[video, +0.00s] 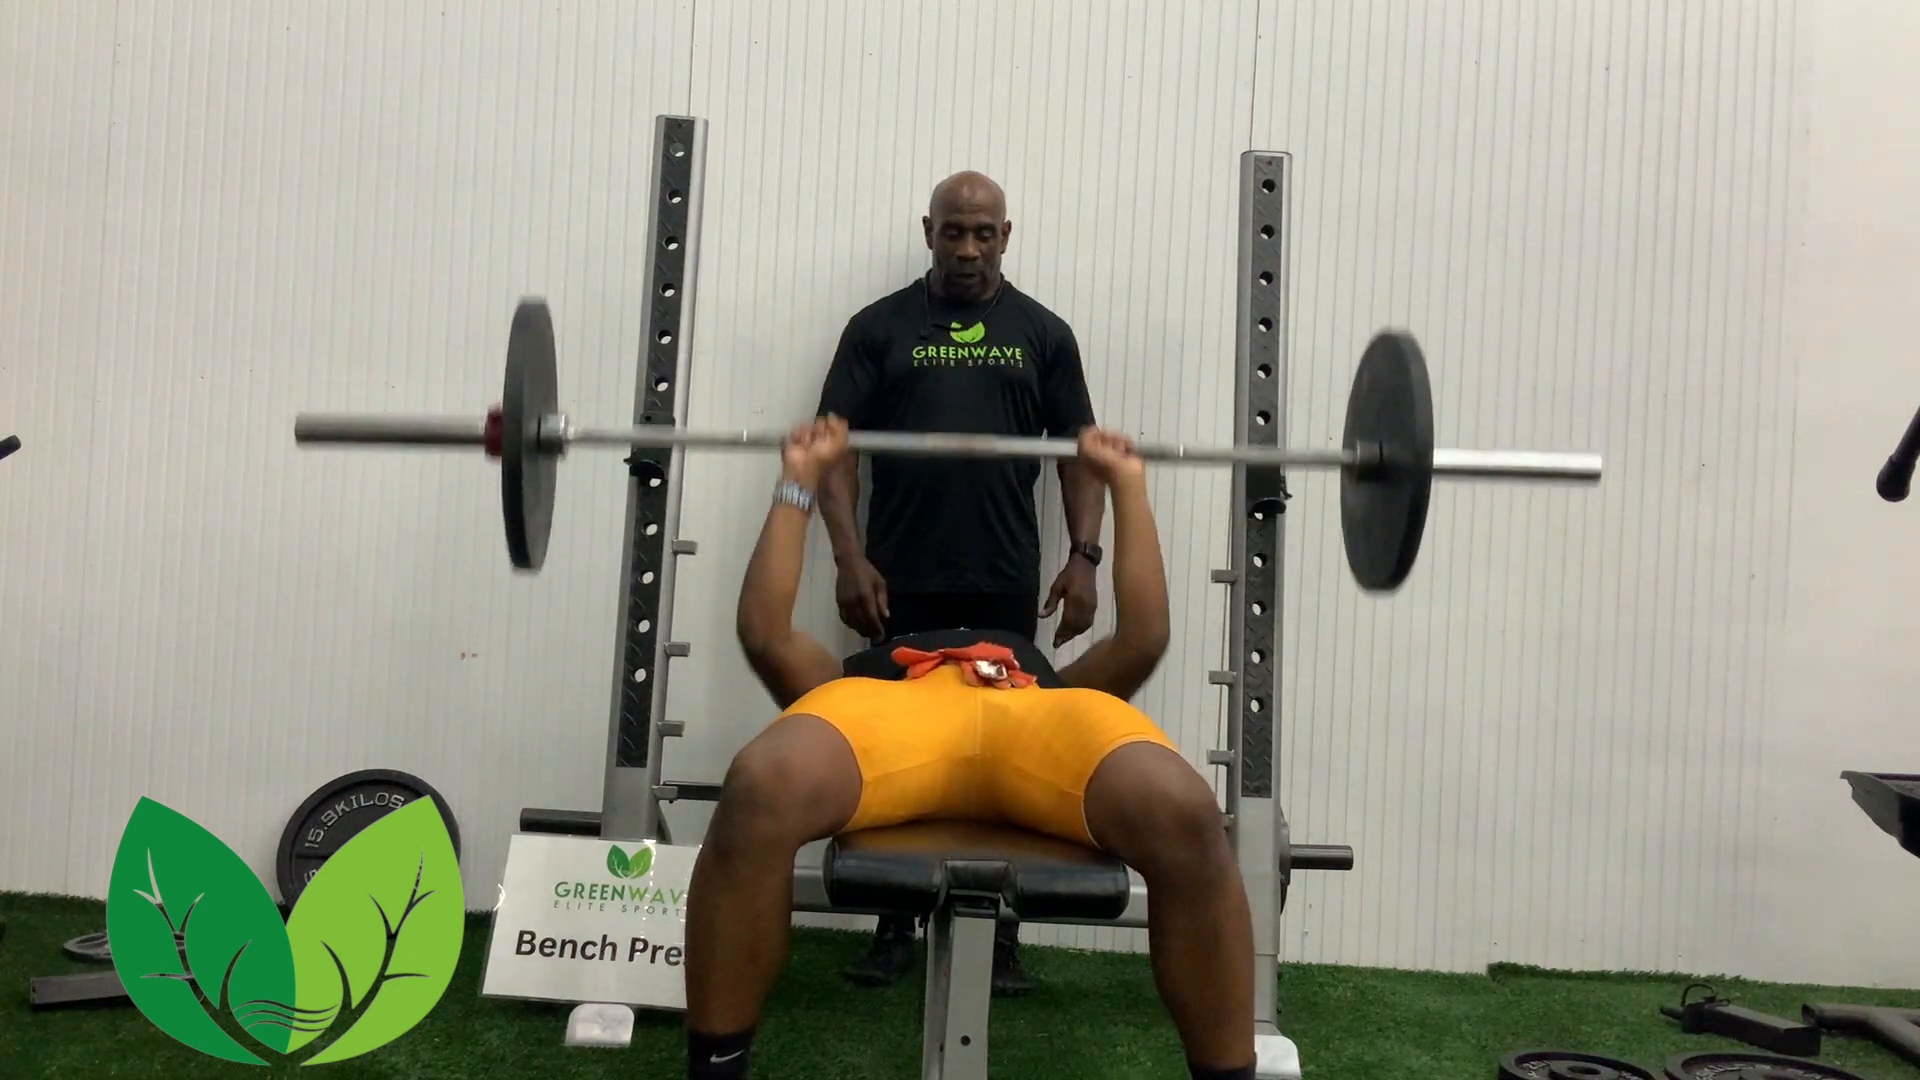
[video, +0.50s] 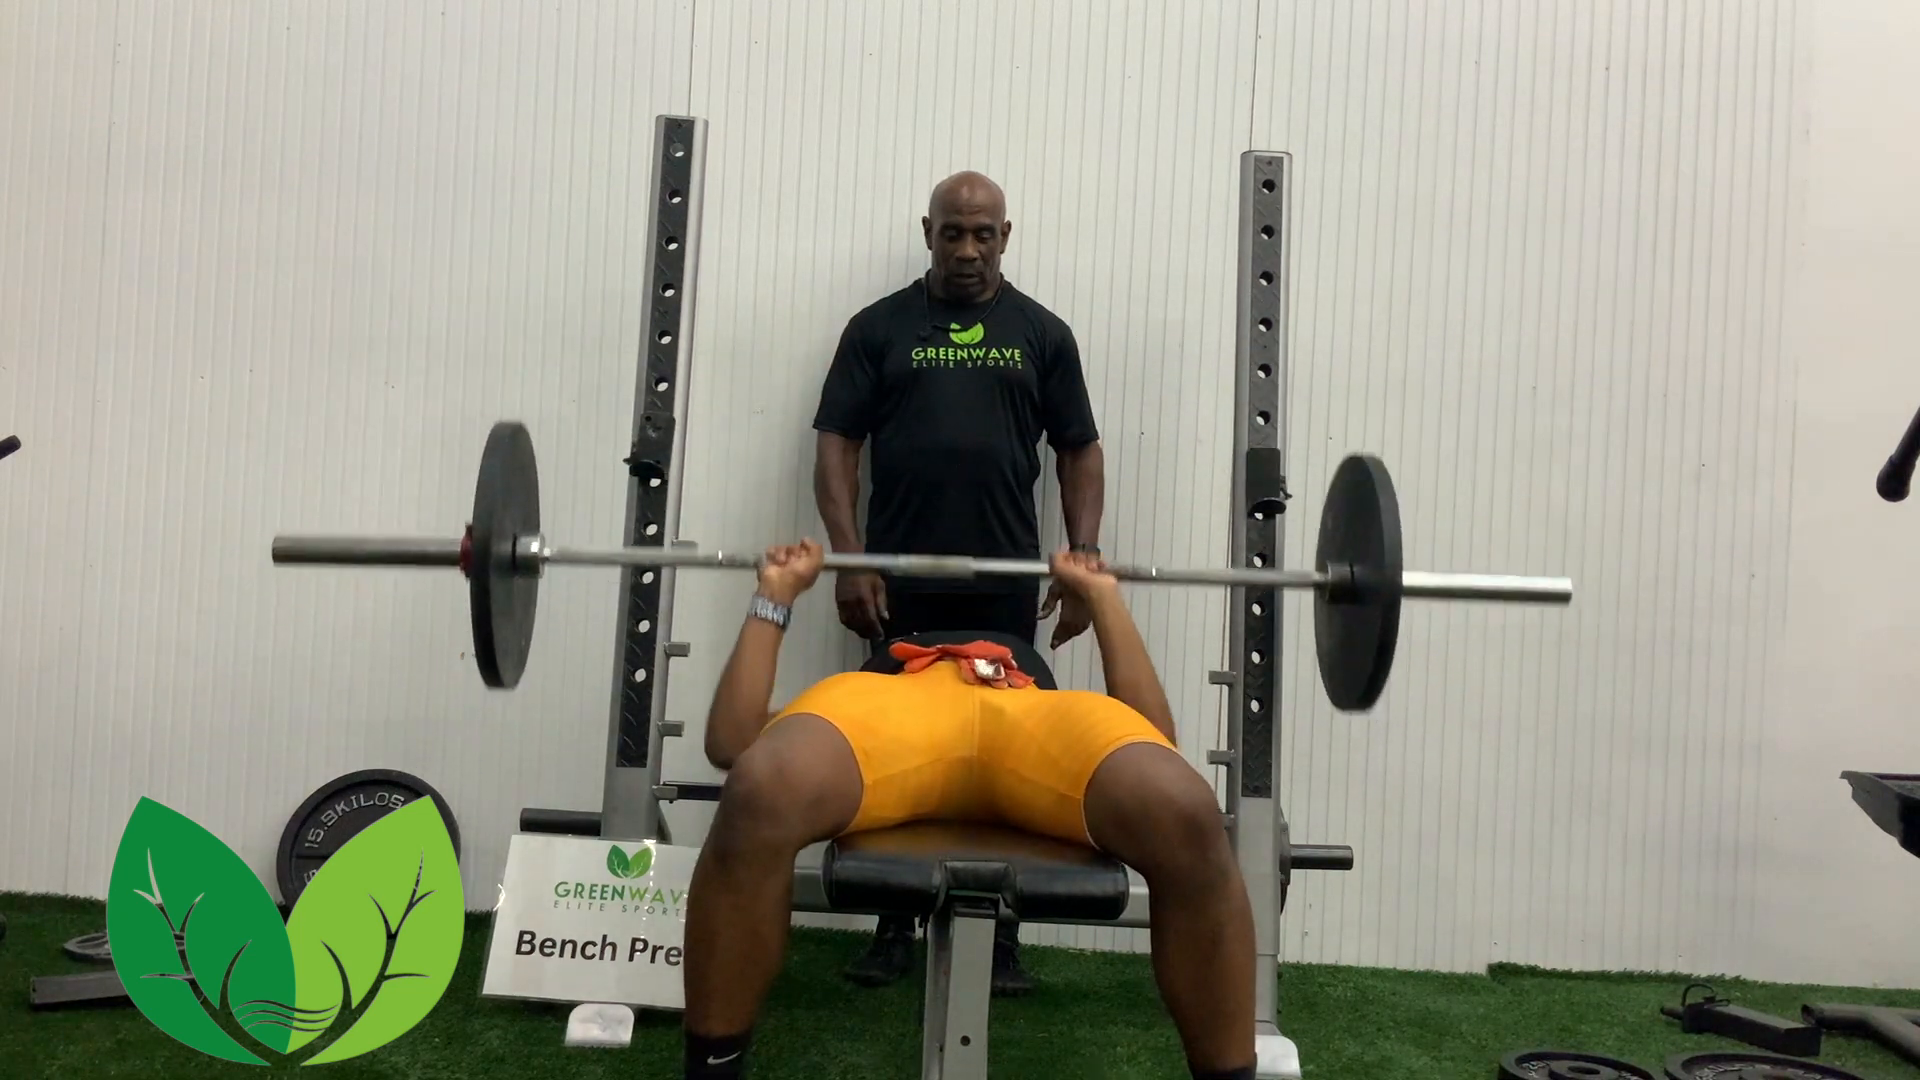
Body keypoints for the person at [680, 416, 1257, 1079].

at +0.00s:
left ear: (1026, 674)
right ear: (902, 656)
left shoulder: (1056, 685)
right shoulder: (857, 677)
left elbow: (1142, 634)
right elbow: (765, 630)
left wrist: (1129, 485)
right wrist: (797, 488)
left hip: (1041, 711)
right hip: (881, 705)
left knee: (1188, 819)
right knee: (759, 785)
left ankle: (1230, 1073)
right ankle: (715, 1065)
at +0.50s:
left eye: (999, 663)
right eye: (935, 650)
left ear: (1019, 681)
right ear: (909, 651)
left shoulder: (1046, 698)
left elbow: (1156, 741)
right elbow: (730, 745)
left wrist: (1105, 595)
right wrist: (772, 604)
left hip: (1039, 713)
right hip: (880, 699)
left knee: (1189, 821)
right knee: (756, 794)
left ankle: (1230, 1073)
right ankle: (712, 1067)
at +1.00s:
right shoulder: (849, 662)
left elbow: (1106, 543)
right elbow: (794, 539)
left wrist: (1112, 385)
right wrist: (797, 388)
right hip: (879, 698)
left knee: (1187, 810)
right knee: (758, 790)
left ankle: (1229, 1072)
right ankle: (714, 1067)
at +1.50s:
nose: (970, 655)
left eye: (992, 654)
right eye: (942, 652)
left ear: (1016, 670)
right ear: (916, 662)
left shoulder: (1049, 701)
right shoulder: (877, 688)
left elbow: (1155, 756)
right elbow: (755, 775)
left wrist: (1122, 640)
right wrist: (788, 645)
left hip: (1045, 709)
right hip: (894, 695)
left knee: (1183, 819)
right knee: (755, 794)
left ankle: (1227, 1072)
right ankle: (710, 1070)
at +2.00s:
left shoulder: (1058, 684)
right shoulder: (858, 671)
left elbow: (1102, 554)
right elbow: (820, 539)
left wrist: (1125, 398)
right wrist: (813, 395)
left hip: (1045, 711)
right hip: (889, 702)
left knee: (1181, 814)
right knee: (756, 787)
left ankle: (1227, 1073)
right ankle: (714, 1069)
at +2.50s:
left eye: (999, 655)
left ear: (1028, 671)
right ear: (921, 648)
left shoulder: (1056, 700)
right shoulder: (885, 689)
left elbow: (1171, 772)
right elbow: (763, 754)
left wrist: (1136, 620)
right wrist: (803, 612)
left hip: (1053, 707)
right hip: (890, 698)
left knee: (1178, 823)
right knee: (761, 789)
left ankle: (1223, 1072)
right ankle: (711, 1066)